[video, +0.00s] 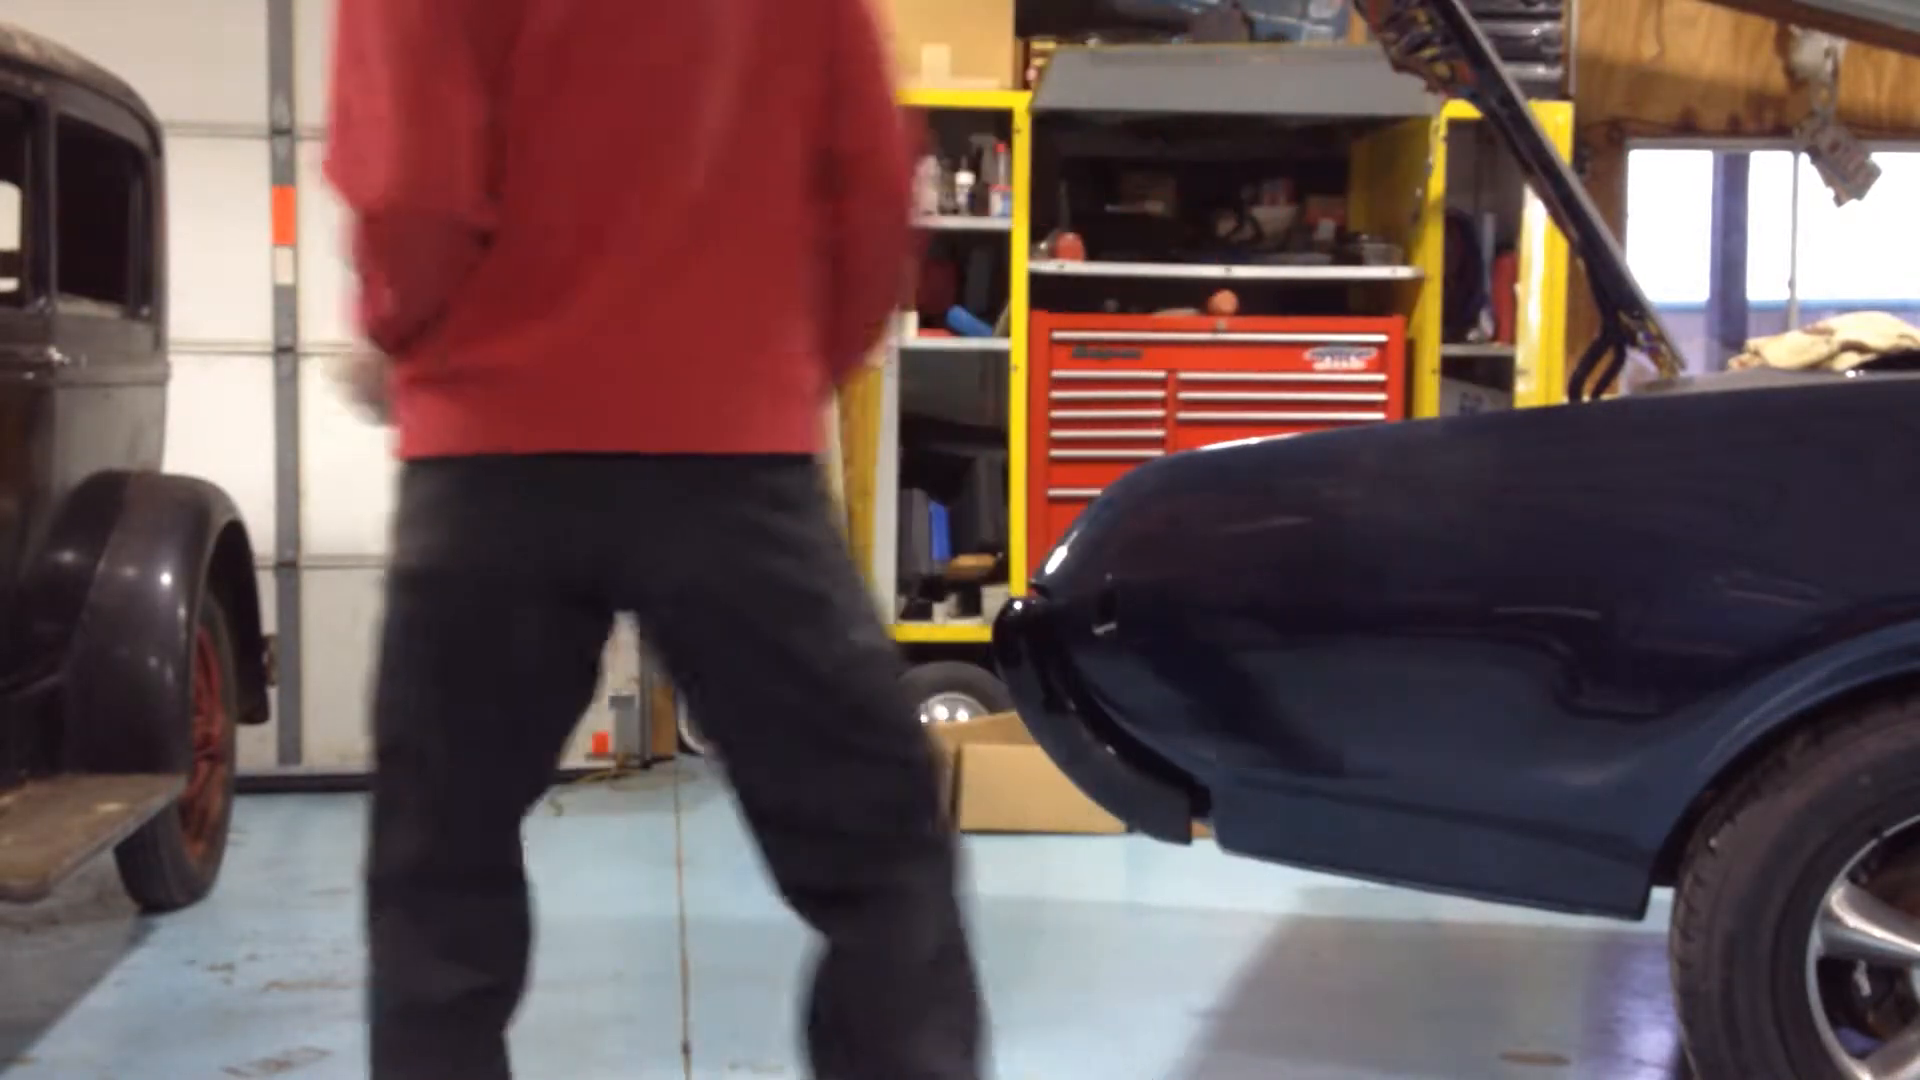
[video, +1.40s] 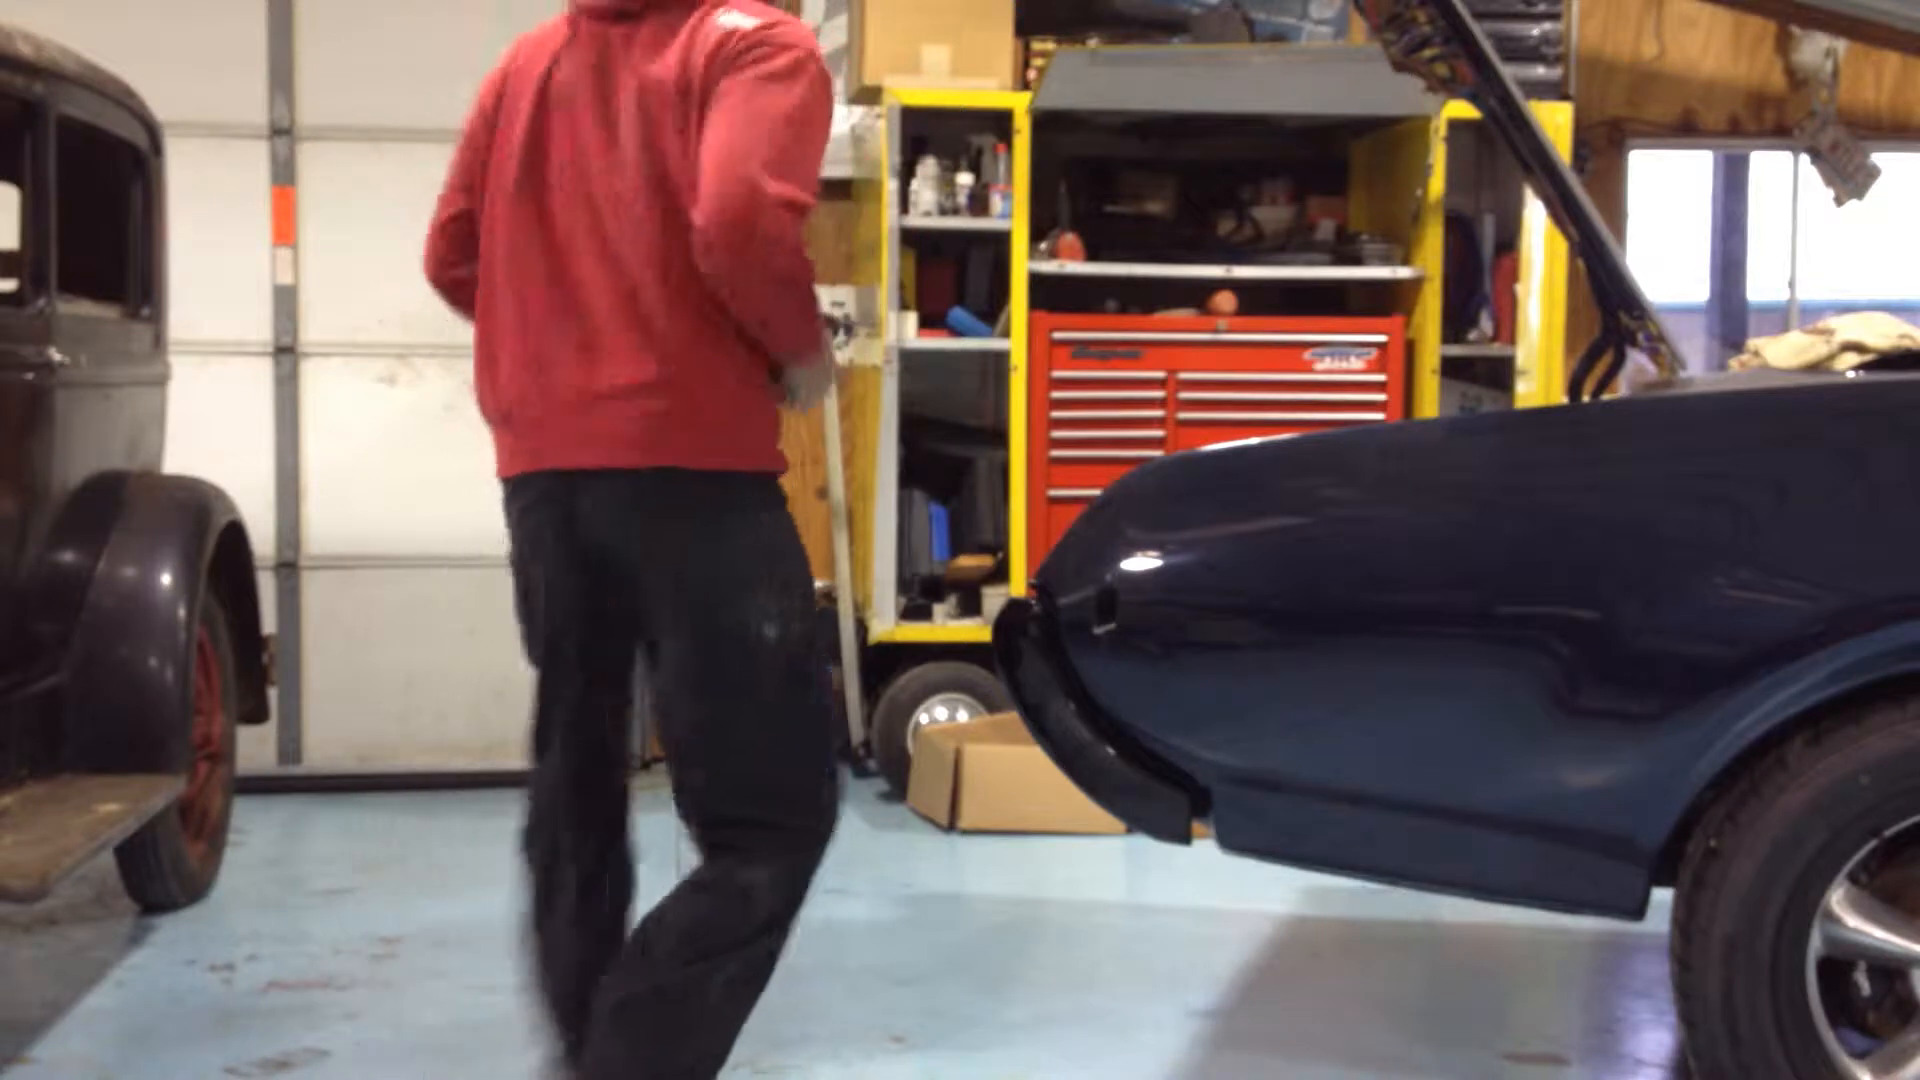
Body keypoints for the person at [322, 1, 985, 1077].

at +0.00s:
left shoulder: (418, 7)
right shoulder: (812, 14)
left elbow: (416, 189)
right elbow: (876, 195)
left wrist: (392, 332)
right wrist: (782, 367)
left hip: (501, 453)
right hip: (733, 451)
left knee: (437, 875)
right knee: (882, 860)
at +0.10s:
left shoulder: (363, 4)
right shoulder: (744, 6)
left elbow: (278, 131)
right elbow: (842, 175)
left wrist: (312, 300)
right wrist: (710, 335)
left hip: (445, 425)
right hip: (680, 433)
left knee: (400, 878)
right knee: (804, 832)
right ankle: (794, 1064)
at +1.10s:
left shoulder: (439, 25)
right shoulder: (756, 20)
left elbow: (347, 233)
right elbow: (896, 187)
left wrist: (478, 304)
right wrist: (771, 281)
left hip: (511, 476)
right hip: (707, 478)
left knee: (410, 798)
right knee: (730, 829)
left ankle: (378, 1063)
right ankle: (632, 1071)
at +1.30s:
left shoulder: (499, 54)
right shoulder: (768, 44)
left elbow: (453, 276)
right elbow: (775, 254)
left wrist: (544, 386)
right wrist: (822, 395)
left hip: (544, 470)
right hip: (714, 469)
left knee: (526, 764)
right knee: (746, 827)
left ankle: (488, 1066)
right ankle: (631, 1073)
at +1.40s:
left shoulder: (527, 58)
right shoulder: (760, 42)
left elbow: (451, 255)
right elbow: (737, 217)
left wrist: (573, 329)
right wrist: (804, 350)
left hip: (545, 473)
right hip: (690, 468)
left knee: (575, 773)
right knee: (770, 814)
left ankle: (589, 1050)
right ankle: (629, 1059)